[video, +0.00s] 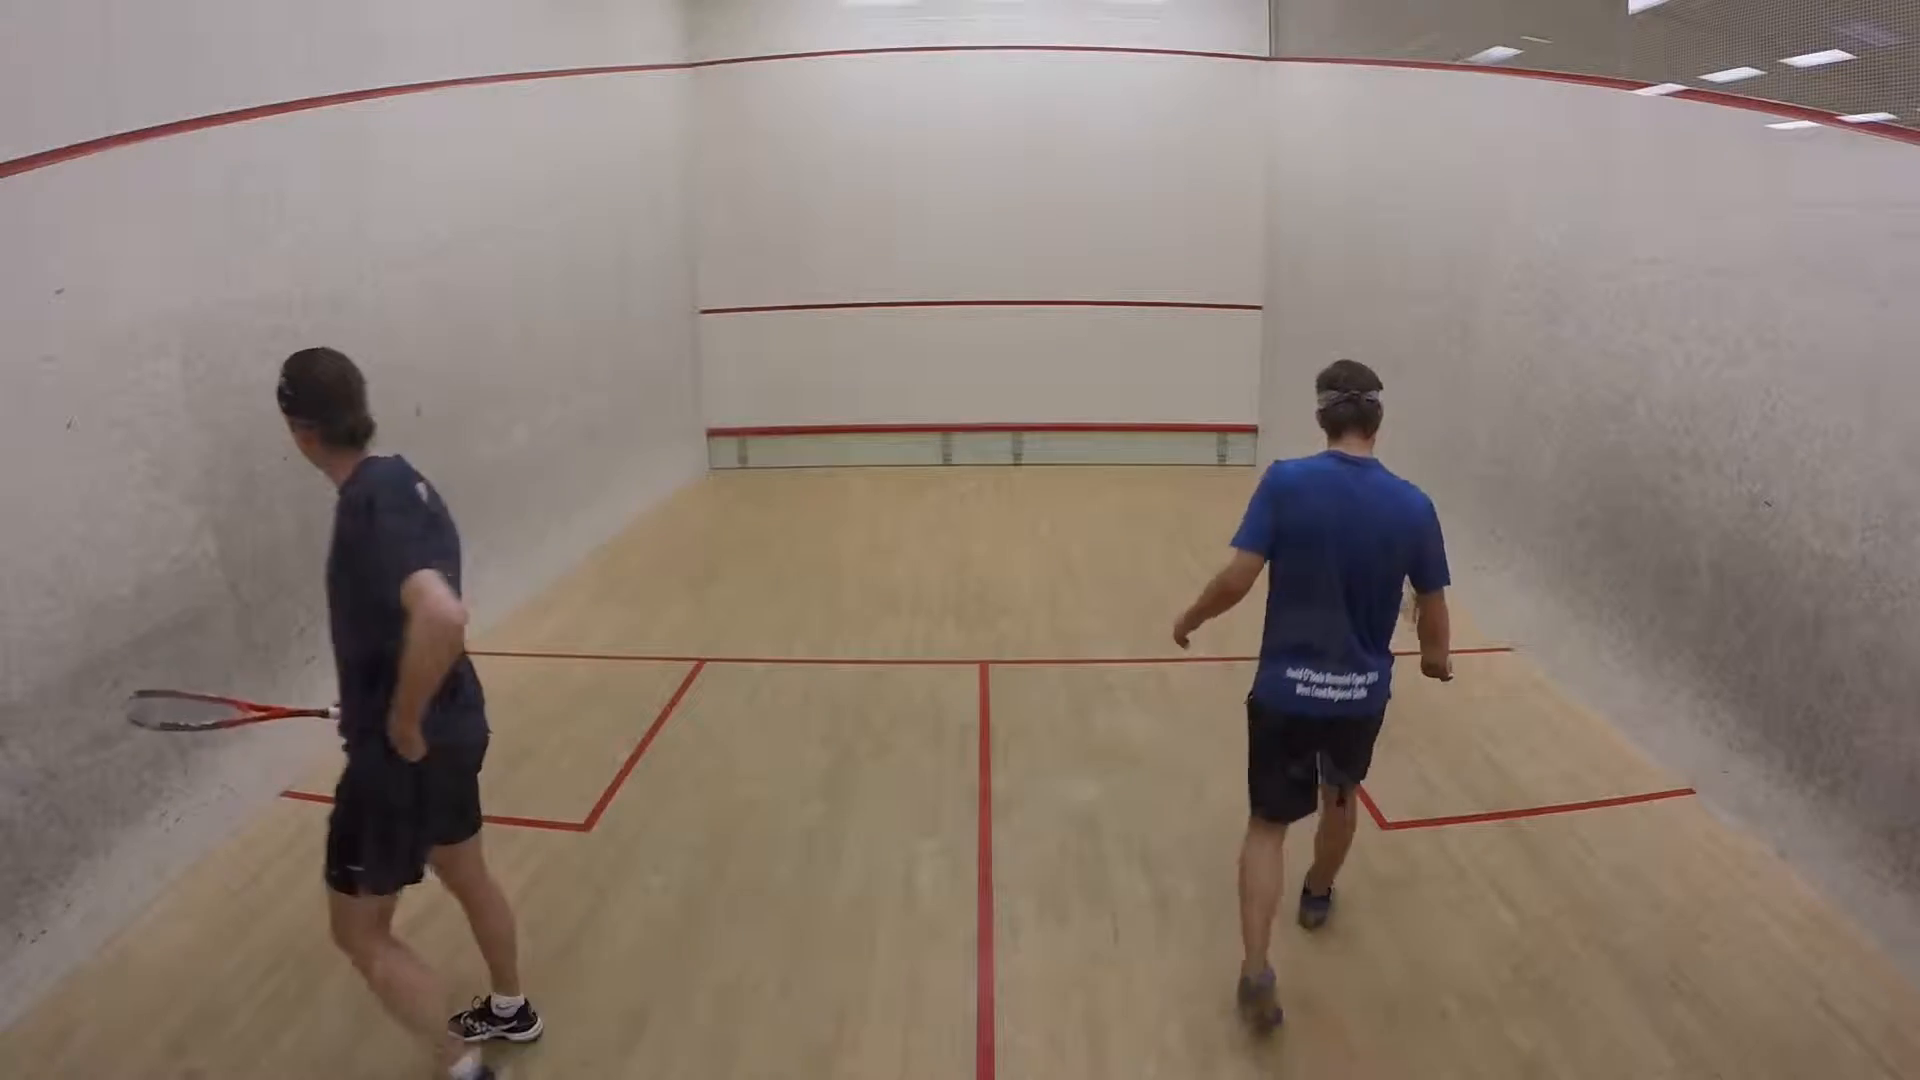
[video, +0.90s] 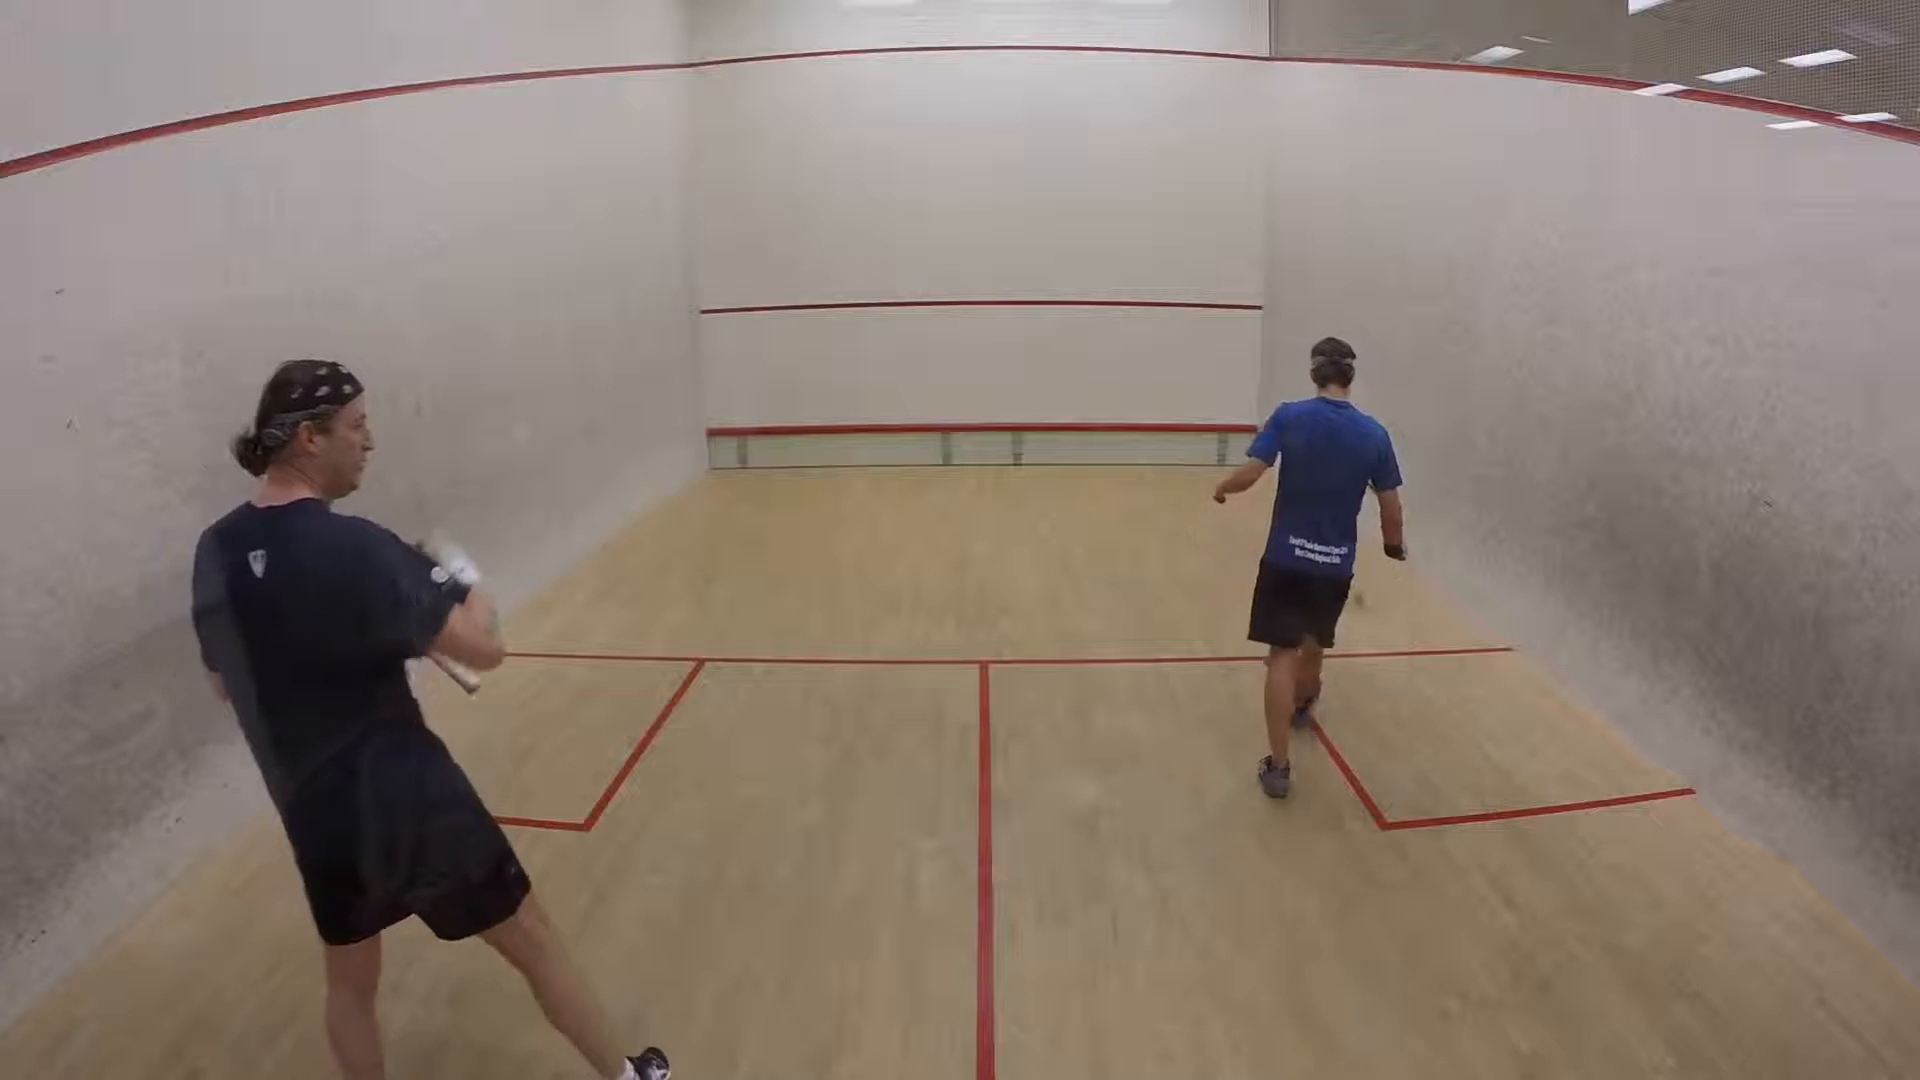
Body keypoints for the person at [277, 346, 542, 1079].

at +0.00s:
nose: (289, 432)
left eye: (288, 421)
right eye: (289, 419)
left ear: (301, 432)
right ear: (363, 410)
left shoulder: (374, 503)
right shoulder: (401, 481)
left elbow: (442, 617)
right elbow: (425, 608)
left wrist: (407, 716)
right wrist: (363, 699)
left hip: (395, 750)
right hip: (449, 731)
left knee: (360, 931)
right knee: (466, 868)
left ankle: (457, 1063)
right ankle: (512, 1006)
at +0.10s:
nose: (270, 434)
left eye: (268, 423)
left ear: (276, 434)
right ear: (343, 410)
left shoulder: (314, 516)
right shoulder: (404, 495)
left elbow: (350, 642)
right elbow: (451, 613)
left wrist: (327, 737)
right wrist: (400, 675)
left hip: (364, 756)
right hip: (437, 732)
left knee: (350, 947)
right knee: (461, 870)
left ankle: (368, 1067)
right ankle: (511, 1006)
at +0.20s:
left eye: (255, 429)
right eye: (326, 409)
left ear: (258, 441)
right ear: (330, 419)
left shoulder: (260, 534)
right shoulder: (394, 508)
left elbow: (253, 682)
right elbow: (452, 627)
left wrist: (253, 783)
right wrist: (399, 678)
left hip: (326, 776)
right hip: (414, 749)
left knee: (340, 958)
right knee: (452, 878)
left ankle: (363, 1071)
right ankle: (512, 1006)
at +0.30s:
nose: (327, 421)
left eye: (319, 410)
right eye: (322, 412)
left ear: (243, 439)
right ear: (315, 427)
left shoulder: (214, 540)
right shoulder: (377, 518)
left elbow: (175, 696)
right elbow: (448, 637)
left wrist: (193, 778)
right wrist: (397, 685)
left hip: (299, 792)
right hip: (395, 766)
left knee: (338, 972)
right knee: (445, 883)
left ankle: (361, 1074)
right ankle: (508, 1004)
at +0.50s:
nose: (317, 437)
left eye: (314, 422)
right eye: (309, 423)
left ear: (227, 440)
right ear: (273, 435)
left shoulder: (166, 547)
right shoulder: (335, 531)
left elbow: (132, 696)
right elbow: (417, 672)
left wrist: (206, 677)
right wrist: (373, 676)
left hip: (263, 804)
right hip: (368, 776)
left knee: (325, 978)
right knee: (447, 912)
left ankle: (360, 1076)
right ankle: (505, 1024)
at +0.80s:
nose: (341, 438)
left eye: (339, 422)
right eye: (328, 424)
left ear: (271, 441)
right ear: (277, 439)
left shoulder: (191, 547)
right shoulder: (327, 541)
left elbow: (203, 684)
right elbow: (429, 678)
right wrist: (436, 620)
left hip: (288, 809)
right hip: (381, 787)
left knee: (337, 978)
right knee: (506, 923)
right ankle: (601, 1060)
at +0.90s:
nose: (369, 444)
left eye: (366, 427)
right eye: (357, 429)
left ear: (297, 442)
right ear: (307, 441)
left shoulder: (216, 549)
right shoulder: (357, 548)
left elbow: (228, 683)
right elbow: (480, 649)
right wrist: (465, 585)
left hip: (314, 810)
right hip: (408, 792)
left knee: (349, 980)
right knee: (534, 943)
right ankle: (624, 1072)